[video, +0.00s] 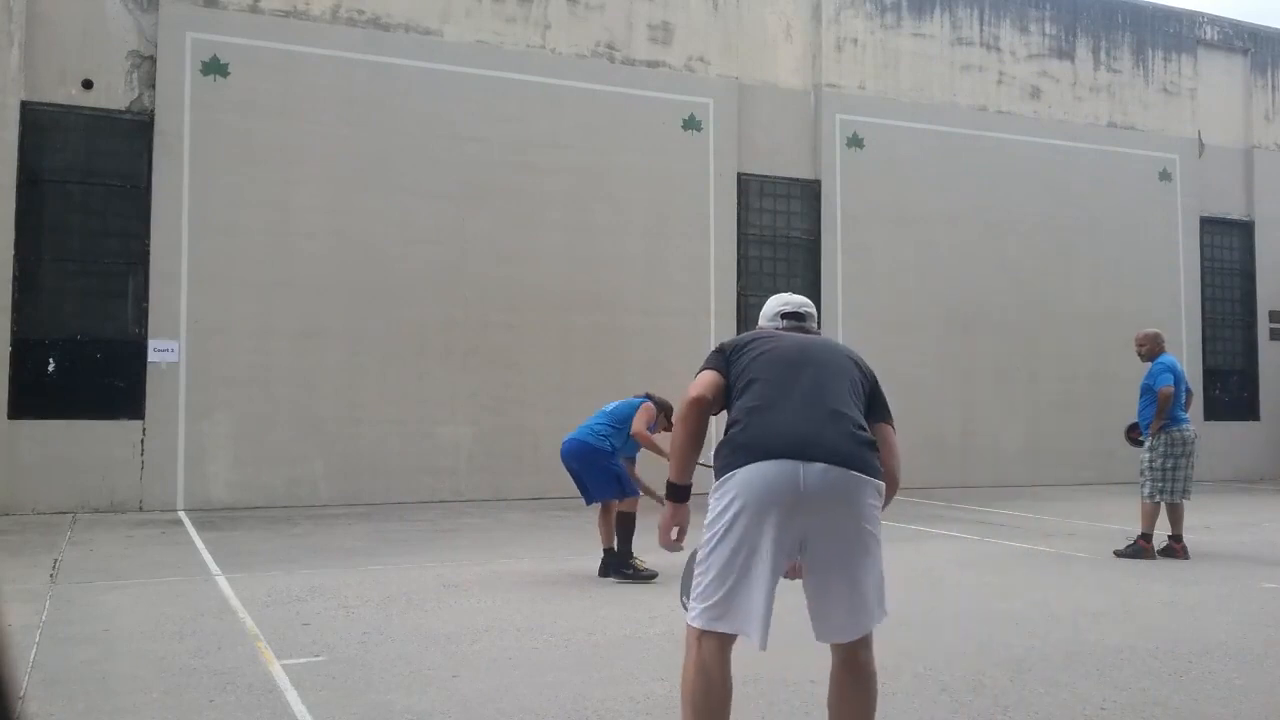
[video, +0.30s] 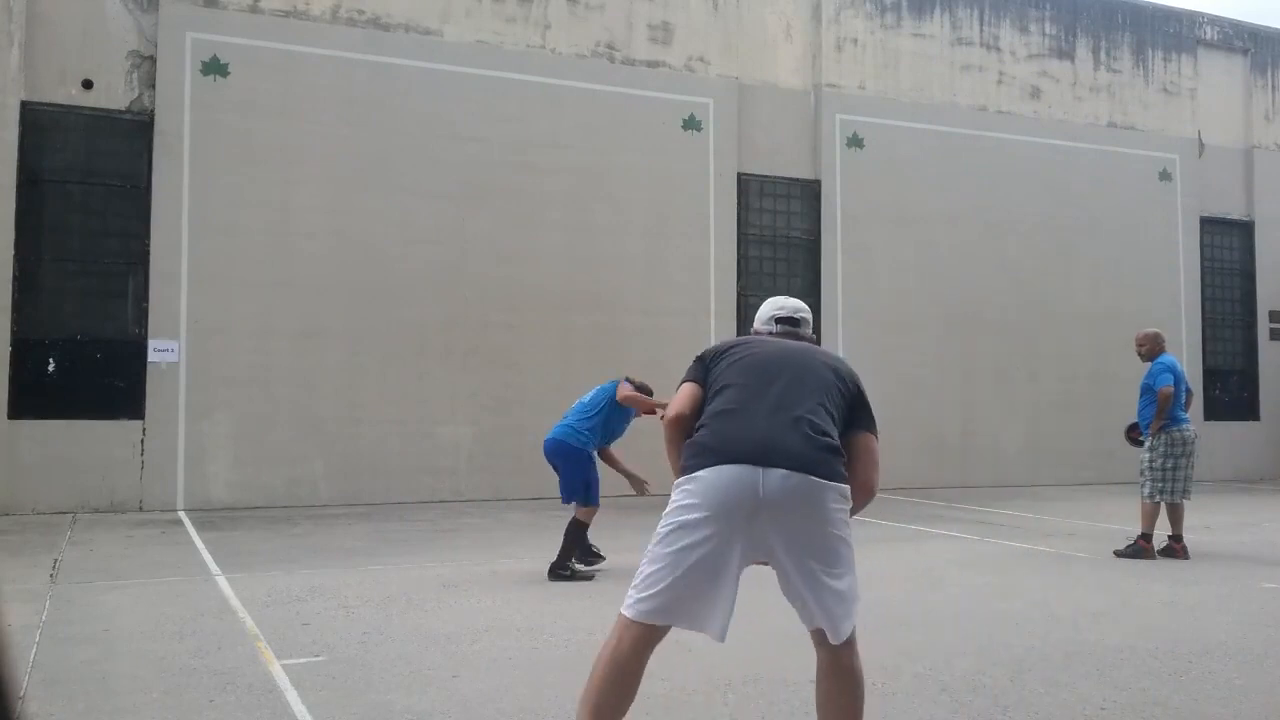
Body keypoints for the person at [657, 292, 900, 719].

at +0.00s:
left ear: (760, 328)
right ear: (817, 330)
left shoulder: (737, 347)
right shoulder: (854, 361)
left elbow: (699, 397)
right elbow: (889, 473)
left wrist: (677, 495)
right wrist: (821, 551)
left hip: (755, 469)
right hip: (849, 476)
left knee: (710, 634)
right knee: (853, 644)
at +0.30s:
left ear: (754, 332)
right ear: (813, 338)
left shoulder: (719, 352)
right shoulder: (841, 370)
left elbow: (677, 415)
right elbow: (865, 483)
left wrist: (686, 485)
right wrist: (814, 528)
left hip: (714, 476)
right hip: (812, 485)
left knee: (635, 631)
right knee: (836, 642)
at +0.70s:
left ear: (676, 353)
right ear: (729, 359)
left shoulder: (638, 374)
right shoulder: (754, 389)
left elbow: (583, 458)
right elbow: (760, 493)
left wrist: (633, 553)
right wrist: (684, 559)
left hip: (616, 481)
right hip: (714, 485)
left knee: (560, 650)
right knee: (776, 652)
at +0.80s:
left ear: (665, 351)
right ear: (718, 357)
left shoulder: (629, 373)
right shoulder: (747, 387)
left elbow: (580, 457)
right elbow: (756, 487)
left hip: (620, 483)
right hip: (717, 486)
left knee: (562, 651)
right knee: (777, 651)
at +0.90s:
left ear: (659, 346)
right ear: (714, 349)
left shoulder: (627, 367)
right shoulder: (744, 380)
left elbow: (582, 456)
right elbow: (756, 480)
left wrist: (601, 516)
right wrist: (733, 538)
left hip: (621, 479)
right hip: (719, 484)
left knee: (562, 650)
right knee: (777, 650)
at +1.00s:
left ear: (664, 337)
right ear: (718, 341)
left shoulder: (629, 361)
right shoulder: (747, 374)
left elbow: (586, 452)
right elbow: (759, 476)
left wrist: (606, 508)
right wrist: (734, 531)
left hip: (621, 481)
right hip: (718, 485)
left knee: (563, 650)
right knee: (776, 650)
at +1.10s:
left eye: (679, 329)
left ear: (676, 330)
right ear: (731, 336)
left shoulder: (634, 357)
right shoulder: (755, 367)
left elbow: (593, 447)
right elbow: (765, 478)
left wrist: (609, 502)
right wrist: (730, 523)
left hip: (621, 483)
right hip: (717, 487)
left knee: (566, 648)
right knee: (780, 648)